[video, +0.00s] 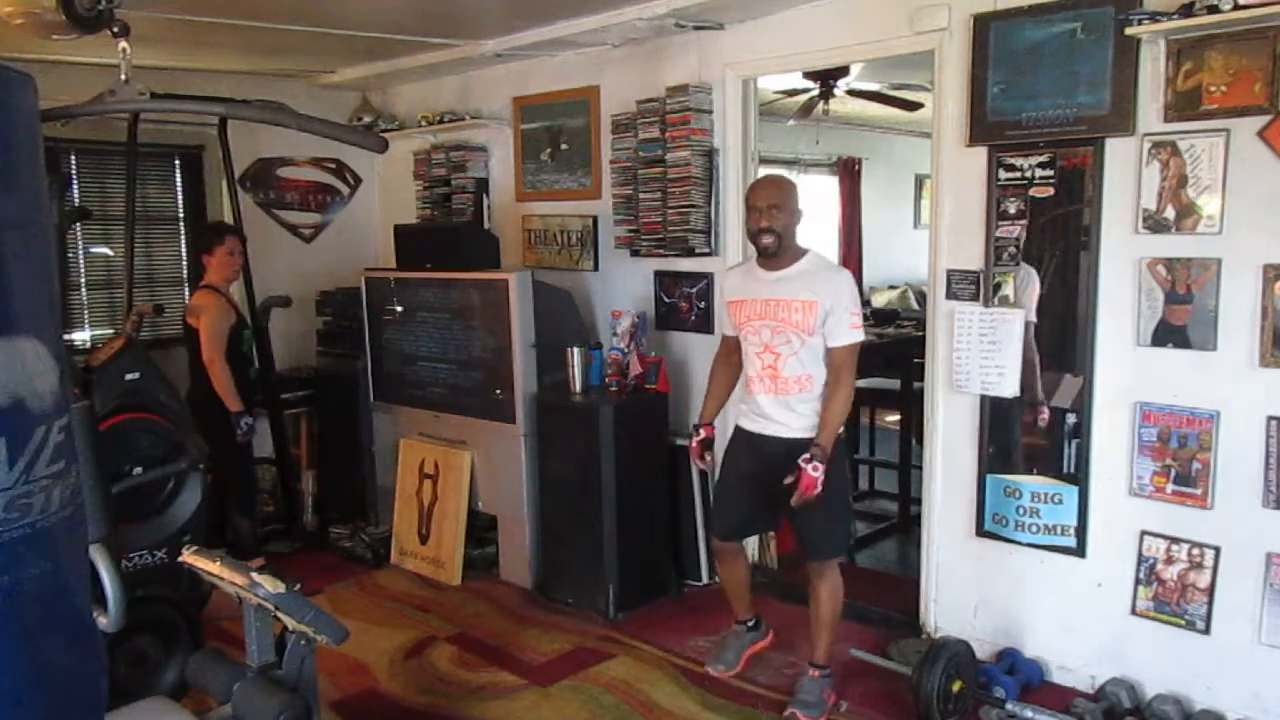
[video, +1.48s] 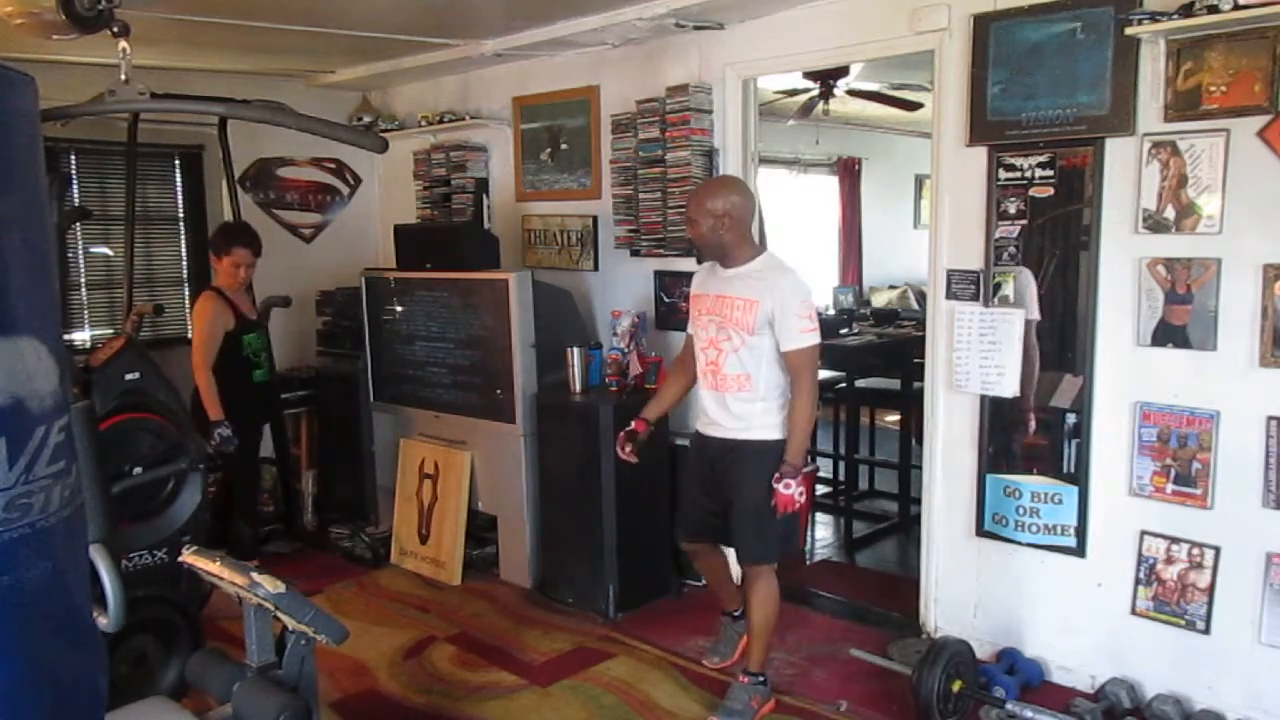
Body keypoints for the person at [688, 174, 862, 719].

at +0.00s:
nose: (762, 221)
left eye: (774, 211)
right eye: (754, 211)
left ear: (797, 217)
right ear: (744, 217)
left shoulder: (833, 283)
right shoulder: (734, 280)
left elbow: (842, 376)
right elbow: (730, 352)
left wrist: (821, 452)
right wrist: (705, 420)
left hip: (814, 441)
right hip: (750, 434)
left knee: (823, 560)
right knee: (724, 538)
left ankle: (817, 670)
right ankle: (747, 625)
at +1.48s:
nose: (685, 229)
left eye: (692, 219)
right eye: (686, 218)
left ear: (725, 221)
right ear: (723, 222)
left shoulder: (784, 288)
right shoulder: (704, 279)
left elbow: (805, 383)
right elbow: (690, 358)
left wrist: (793, 466)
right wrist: (646, 419)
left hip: (762, 446)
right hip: (708, 440)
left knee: (757, 560)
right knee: (696, 540)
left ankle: (755, 678)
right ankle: (737, 617)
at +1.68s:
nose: (686, 244)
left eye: (690, 233)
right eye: (683, 234)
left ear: (726, 221)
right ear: (718, 225)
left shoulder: (782, 285)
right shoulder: (705, 281)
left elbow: (797, 383)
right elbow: (700, 364)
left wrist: (770, 467)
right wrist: (664, 427)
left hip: (754, 452)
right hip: (700, 444)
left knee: (757, 569)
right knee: (672, 545)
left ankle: (756, 678)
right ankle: (697, 641)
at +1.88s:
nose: (672, 253)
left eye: (677, 241)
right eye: (666, 243)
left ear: (713, 226)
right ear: (683, 234)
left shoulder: (770, 285)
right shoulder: (687, 285)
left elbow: (787, 387)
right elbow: (696, 370)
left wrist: (748, 457)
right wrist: (685, 435)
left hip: (753, 454)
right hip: (692, 448)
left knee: (755, 575)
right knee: (660, 554)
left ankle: (755, 682)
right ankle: (629, 675)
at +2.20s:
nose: (615, 265)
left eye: (621, 252)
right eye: (609, 254)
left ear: (657, 238)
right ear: (645, 243)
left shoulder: (722, 290)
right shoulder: (626, 303)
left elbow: (768, 379)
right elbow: (635, 382)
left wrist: (752, 467)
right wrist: (640, 441)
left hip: (719, 472)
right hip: (653, 469)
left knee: (732, 589)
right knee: (636, 584)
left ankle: (750, 681)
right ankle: (622, 702)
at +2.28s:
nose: (596, 273)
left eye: (603, 259)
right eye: (589, 262)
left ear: (641, 242)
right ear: (588, 255)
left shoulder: (705, 288)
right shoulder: (604, 305)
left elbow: (755, 371)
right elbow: (614, 389)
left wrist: (739, 463)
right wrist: (619, 468)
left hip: (706, 471)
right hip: (640, 470)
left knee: (710, 594)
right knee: (623, 585)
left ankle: (745, 675)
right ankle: (620, 705)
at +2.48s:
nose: (562, 311)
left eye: (567, 299)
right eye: (554, 301)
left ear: (600, 273)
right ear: (553, 288)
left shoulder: (678, 304)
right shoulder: (565, 326)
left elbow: (722, 393)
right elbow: (576, 402)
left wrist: (682, 477)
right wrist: (580, 487)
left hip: (700, 459)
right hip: (629, 460)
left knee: (689, 587)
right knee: (618, 587)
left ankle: (718, 711)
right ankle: (620, 706)